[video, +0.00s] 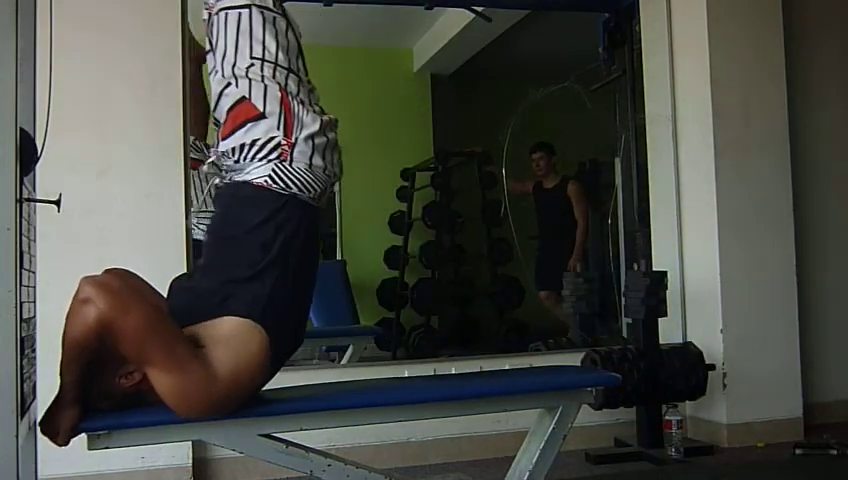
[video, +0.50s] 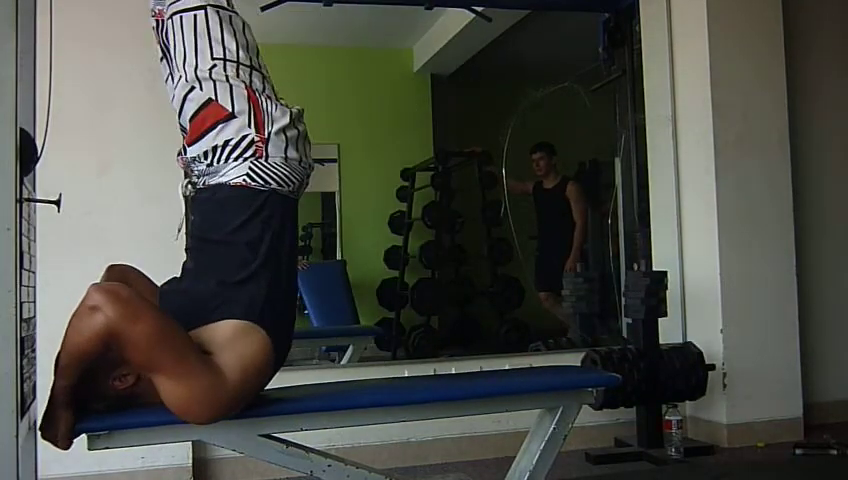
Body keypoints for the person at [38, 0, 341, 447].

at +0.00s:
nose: (125, 358)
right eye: (121, 363)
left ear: (128, 376)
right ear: (130, 375)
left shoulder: (191, 368)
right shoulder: (195, 383)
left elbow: (110, 283)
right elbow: (97, 295)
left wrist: (69, 394)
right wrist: (70, 395)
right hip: (277, 168)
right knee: (241, 3)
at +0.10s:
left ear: (124, 377)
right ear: (126, 377)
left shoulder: (181, 361)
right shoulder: (190, 386)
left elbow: (116, 272)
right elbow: (88, 306)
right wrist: (67, 398)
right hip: (268, 163)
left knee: (223, 7)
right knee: (221, 5)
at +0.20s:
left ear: (124, 379)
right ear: (126, 378)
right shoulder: (196, 392)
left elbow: (120, 269)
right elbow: (93, 308)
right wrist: (69, 395)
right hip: (265, 162)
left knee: (206, 8)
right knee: (209, 5)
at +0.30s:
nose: (123, 360)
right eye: (118, 365)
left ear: (124, 378)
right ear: (126, 378)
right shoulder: (197, 394)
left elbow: (119, 270)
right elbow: (100, 305)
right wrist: (68, 396)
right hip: (261, 162)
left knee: (201, 9)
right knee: (203, 7)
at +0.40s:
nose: (122, 361)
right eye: (116, 365)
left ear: (124, 379)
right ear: (125, 378)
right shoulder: (200, 393)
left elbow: (121, 272)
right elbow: (101, 303)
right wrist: (64, 397)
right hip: (254, 162)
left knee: (196, 5)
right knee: (193, 4)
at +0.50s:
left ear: (123, 380)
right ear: (124, 378)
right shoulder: (200, 393)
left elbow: (120, 273)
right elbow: (103, 303)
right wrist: (61, 394)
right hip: (249, 159)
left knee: (182, 5)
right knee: (182, 4)